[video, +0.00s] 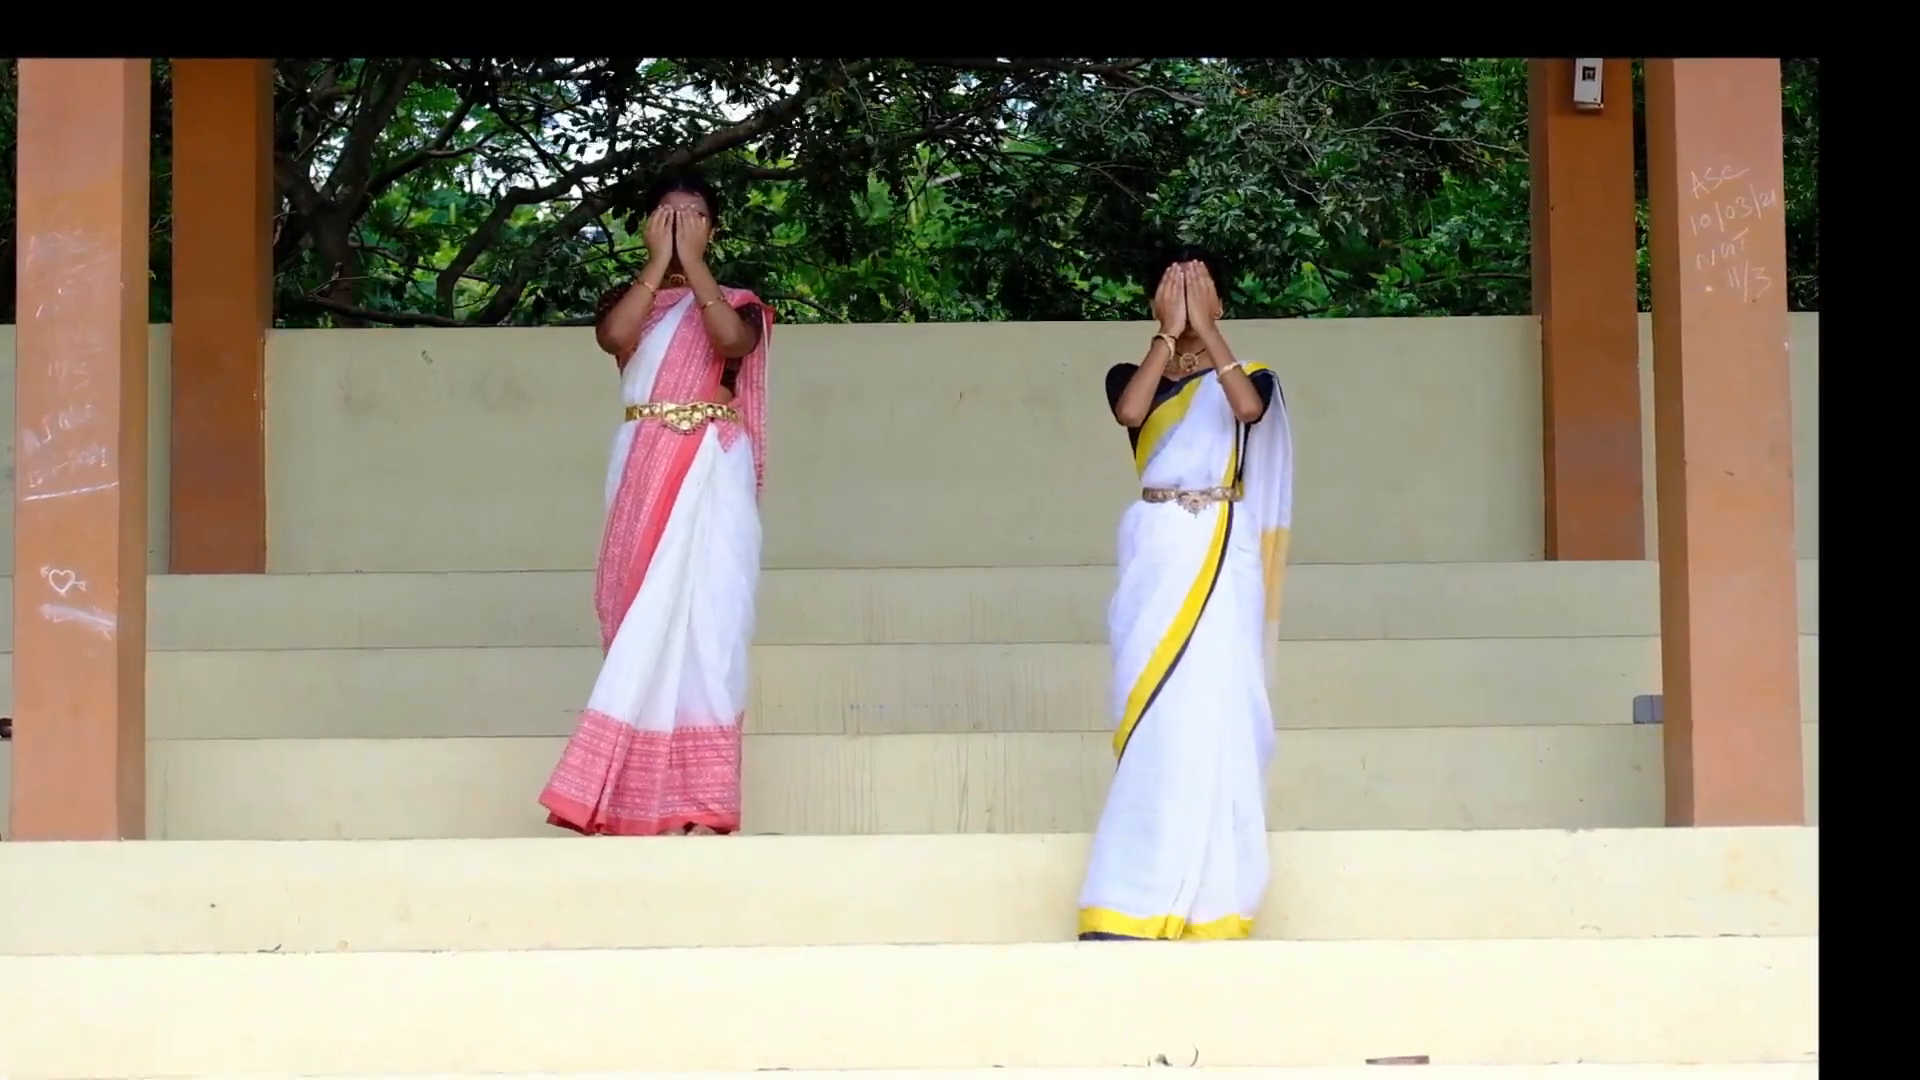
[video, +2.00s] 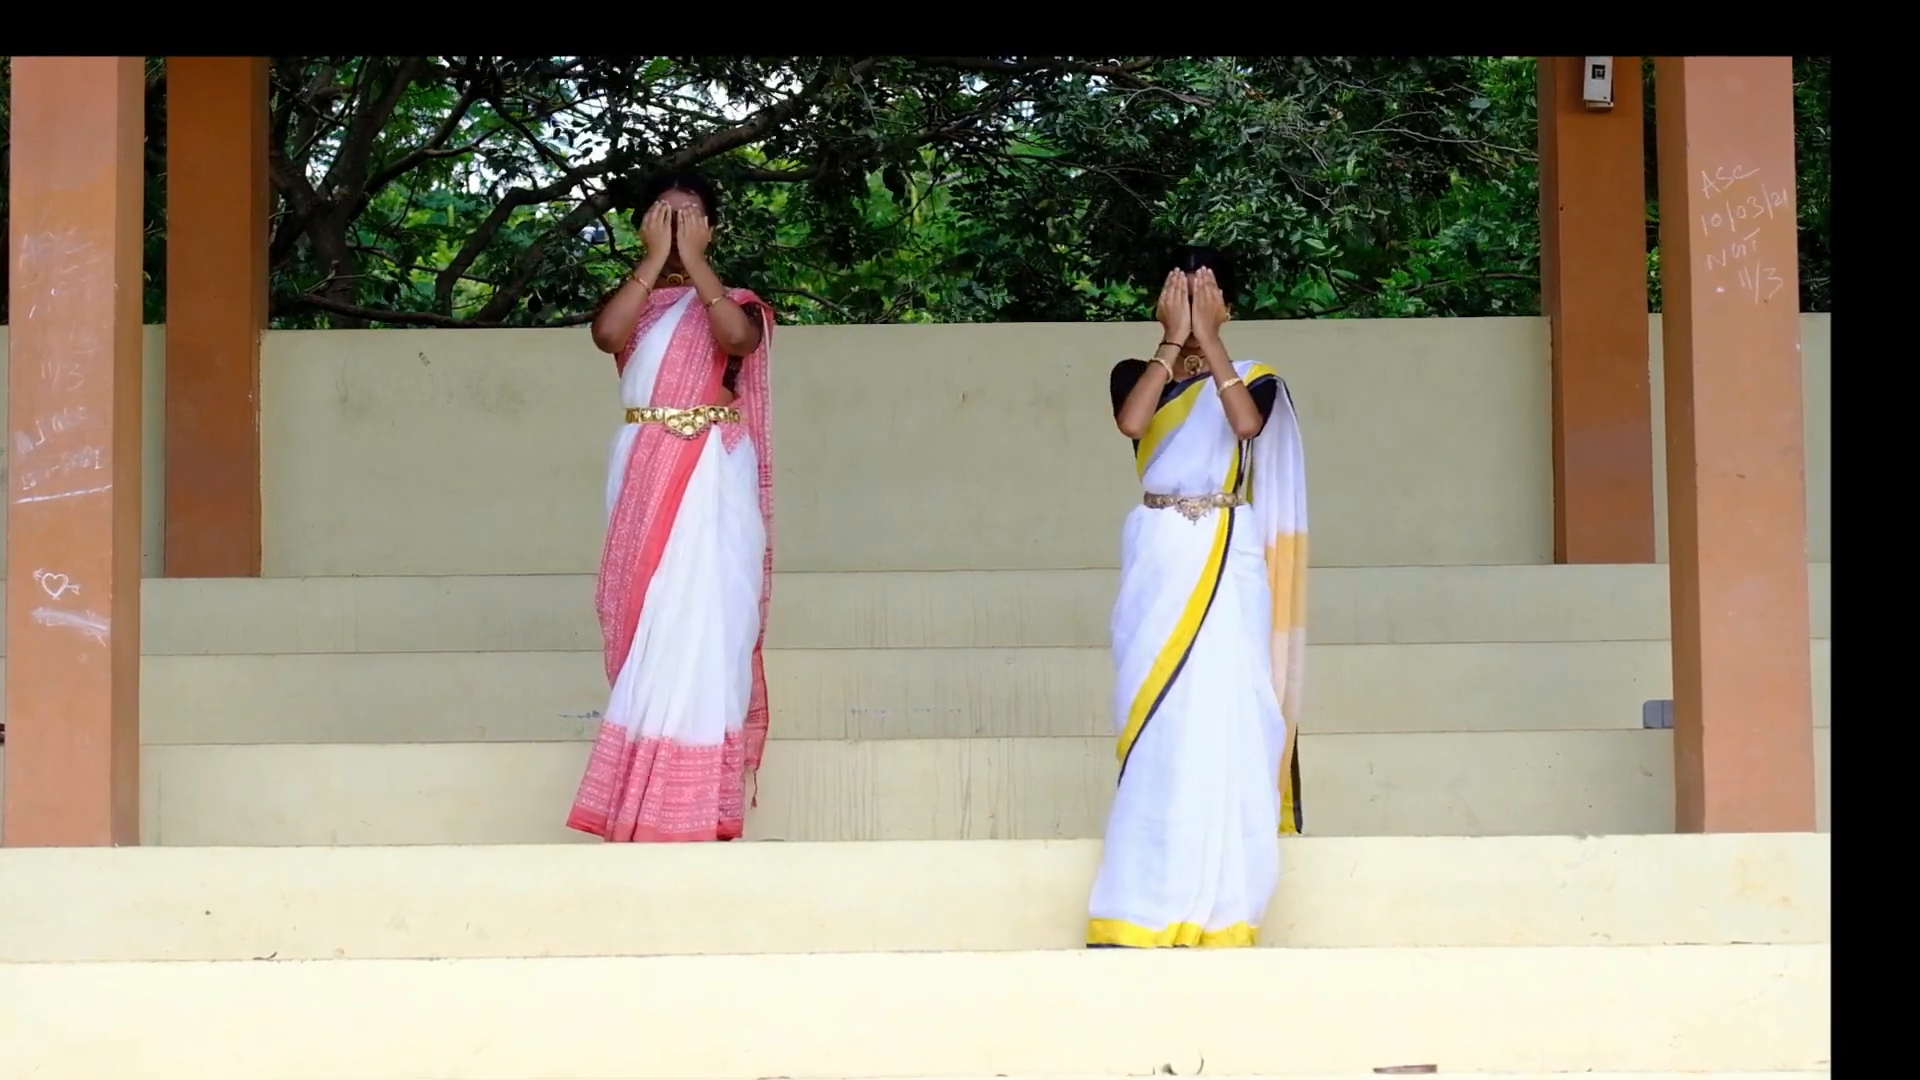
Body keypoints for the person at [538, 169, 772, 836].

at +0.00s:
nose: (679, 227)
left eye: (692, 215)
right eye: (669, 215)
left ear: (713, 229)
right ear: (650, 228)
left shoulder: (741, 304)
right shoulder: (628, 300)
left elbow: (731, 339)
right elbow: (617, 338)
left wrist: (696, 260)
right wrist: (656, 262)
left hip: (713, 477)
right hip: (643, 476)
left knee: (706, 629)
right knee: (639, 626)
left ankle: (702, 805)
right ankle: (630, 803)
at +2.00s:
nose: (675, 226)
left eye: (690, 215)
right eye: (665, 214)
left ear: (712, 227)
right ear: (647, 228)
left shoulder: (738, 301)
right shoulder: (635, 301)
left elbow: (740, 339)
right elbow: (608, 334)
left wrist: (694, 261)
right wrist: (654, 258)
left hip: (712, 477)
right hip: (644, 477)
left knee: (700, 629)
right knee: (648, 628)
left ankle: (690, 806)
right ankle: (642, 800)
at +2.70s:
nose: (704, 231)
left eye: (714, 220)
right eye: (690, 219)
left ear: (727, 229)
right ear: (664, 227)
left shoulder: (747, 307)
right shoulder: (631, 304)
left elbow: (766, 377)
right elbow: (590, 385)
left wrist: (702, 337)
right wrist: (636, 337)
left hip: (727, 482)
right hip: (655, 481)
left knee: (717, 629)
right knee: (658, 628)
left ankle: (703, 809)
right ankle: (652, 804)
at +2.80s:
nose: (720, 237)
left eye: (729, 226)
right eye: (705, 224)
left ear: (736, 235)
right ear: (674, 233)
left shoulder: (755, 313)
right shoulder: (633, 315)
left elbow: (767, 395)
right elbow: (609, 399)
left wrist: (720, 414)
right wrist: (604, 427)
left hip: (733, 490)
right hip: (659, 489)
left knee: (717, 631)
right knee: (661, 631)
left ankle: (706, 812)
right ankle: (659, 806)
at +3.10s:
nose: (748, 241)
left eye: (754, 229)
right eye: (734, 228)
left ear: (758, 235)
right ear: (698, 235)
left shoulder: (768, 315)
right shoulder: (651, 310)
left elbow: (768, 386)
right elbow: (583, 383)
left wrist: (693, 391)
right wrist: (505, 434)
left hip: (747, 479)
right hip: (674, 477)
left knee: (783, 585)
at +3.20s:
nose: (753, 245)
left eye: (758, 234)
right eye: (739, 232)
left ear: (761, 242)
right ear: (700, 239)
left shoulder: (771, 319)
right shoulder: (653, 315)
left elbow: (781, 398)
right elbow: (582, 386)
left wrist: (712, 406)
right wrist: (503, 420)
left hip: (748, 472)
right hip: (674, 475)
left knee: (764, 581)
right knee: (705, 612)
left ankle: (856, 698)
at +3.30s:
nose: (752, 249)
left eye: (759, 238)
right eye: (738, 237)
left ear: (766, 247)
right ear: (702, 246)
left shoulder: (777, 328)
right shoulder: (659, 319)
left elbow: (799, 419)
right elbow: (599, 395)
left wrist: (761, 441)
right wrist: (528, 453)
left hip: (749, 479)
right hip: (675, 476)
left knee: (769, 596)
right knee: (702, 621)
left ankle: (843, 727)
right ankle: (711, 779)